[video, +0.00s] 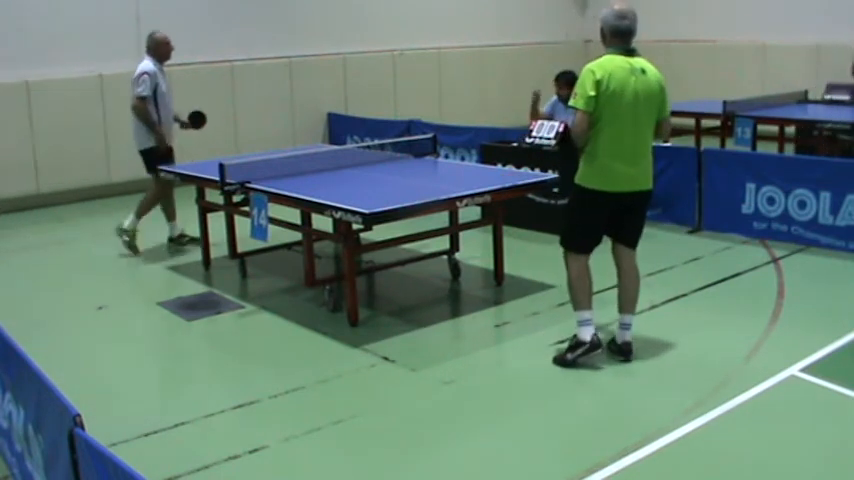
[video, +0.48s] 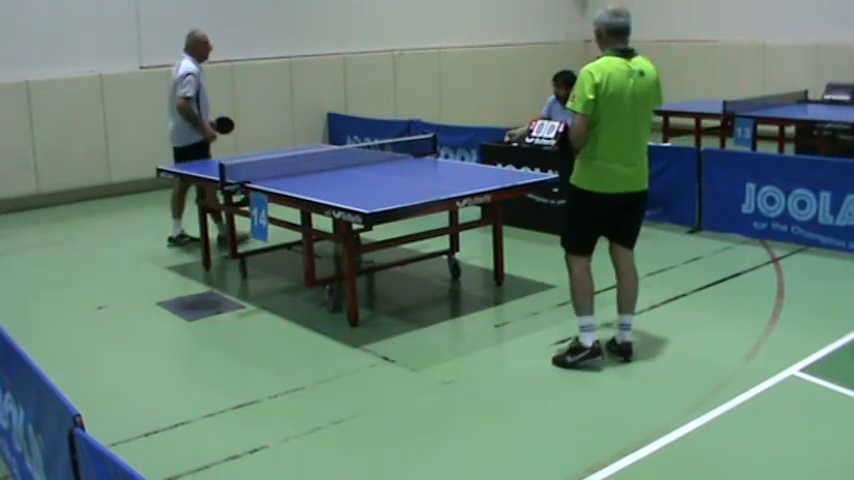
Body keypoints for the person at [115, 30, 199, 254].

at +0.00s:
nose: (171, 48)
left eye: (170, 44)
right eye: (166, 45)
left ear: (158, 48)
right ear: (155, 48)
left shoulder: (157, 70)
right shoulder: (146, 72)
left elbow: (162, 105)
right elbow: (139, 106)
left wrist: (180, 121)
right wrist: (159, 136)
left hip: (161, 140)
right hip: (150, 142)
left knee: (166, 186)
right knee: (163, 185)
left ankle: (175, 232)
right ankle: (129, 226)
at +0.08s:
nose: (178, 48)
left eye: (177, 44)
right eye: (174, 44)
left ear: (165, 48)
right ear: (162, 47)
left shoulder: (164, 69)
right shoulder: (152, 70)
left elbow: (169, 104)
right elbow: (144, 103)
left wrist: (188, 120)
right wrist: (166, 131)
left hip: (166, 137)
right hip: (156, 139)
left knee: (169, 184)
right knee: (174, 181)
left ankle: (175, 231)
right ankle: (144, 224)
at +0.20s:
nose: (187, 46)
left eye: (185, 42)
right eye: (183, 42)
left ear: (172, 46)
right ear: (171, 46)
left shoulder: (172, 67)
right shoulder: (162, 69)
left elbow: (176, 103)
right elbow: (155, 102)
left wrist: (196, 116)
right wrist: (176, 129)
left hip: (173, 135)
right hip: (167, 136)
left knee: (174, 180)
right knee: (188, 177)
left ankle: (174, 227)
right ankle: (174, 227)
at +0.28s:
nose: (193, 46)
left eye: (192, 42)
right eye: (189, 43)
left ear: (179, 46)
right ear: (177, 46)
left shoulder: (178, 68)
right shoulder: (170, 69)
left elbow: (180, 102)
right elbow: (162, 103)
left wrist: (199, 115)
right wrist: (183, 128)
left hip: (179, 135)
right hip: (174, 137)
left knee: (177, 182)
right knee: (194, 181)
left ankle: (175, 230)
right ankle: (199, 232)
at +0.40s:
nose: (203, 49)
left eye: (202, 44)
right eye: (199, 45)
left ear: (187, 47)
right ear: (188, 47)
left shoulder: (187, 68)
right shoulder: (180, 71)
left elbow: (191, 101)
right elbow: (174, 102)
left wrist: (206, 119)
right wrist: (195, 128)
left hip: (188, 136)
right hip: (183, 138)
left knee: (182, 183)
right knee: (202, 185)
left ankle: (176, 231)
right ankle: (220, 229)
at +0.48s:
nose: (210, 49)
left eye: (209, 44)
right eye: (206, 44)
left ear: (192, 47)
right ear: (195, 48)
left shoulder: (187, 67)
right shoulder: (190, 72)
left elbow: (190, 104)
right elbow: (183, 104)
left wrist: (208, 123)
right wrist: (205, 129)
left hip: (184, 138)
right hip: (193, 139)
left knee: (182, 184)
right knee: (207, 187)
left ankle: (177, 230)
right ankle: (224, 229)